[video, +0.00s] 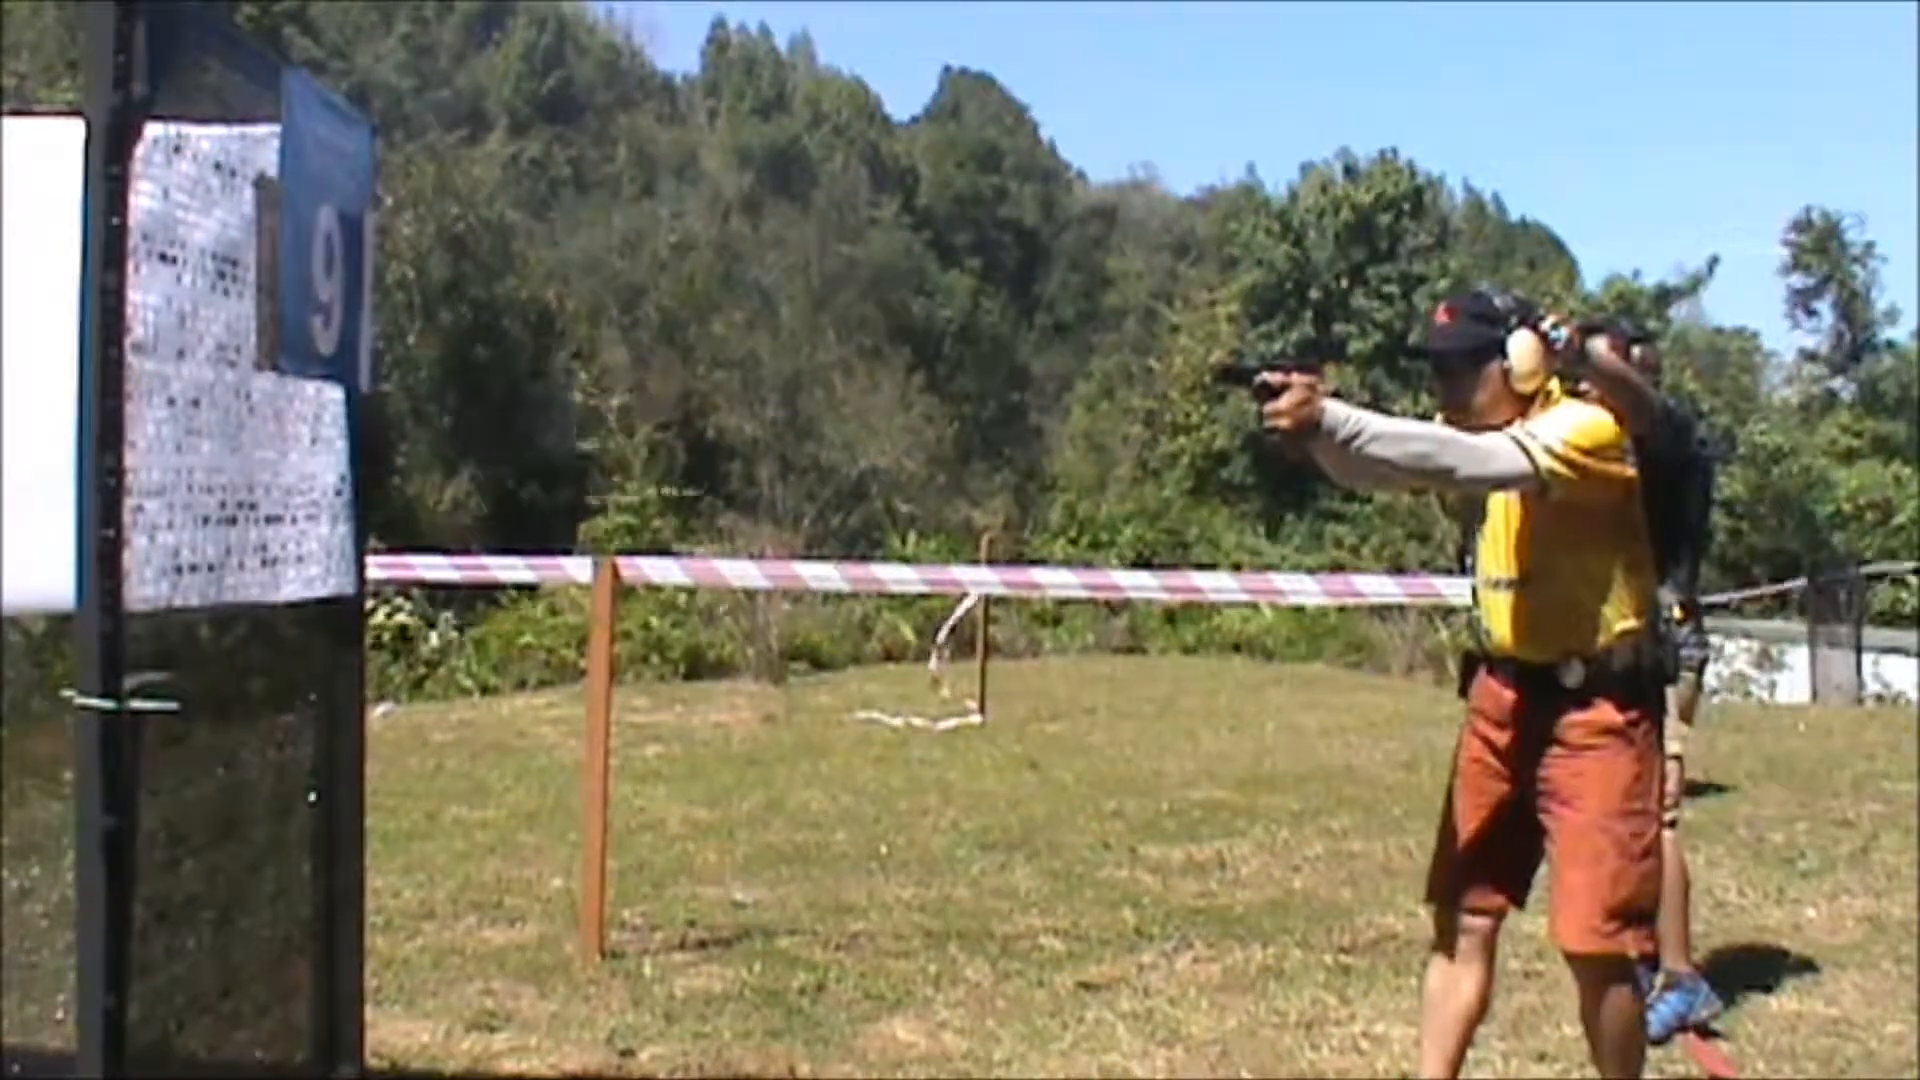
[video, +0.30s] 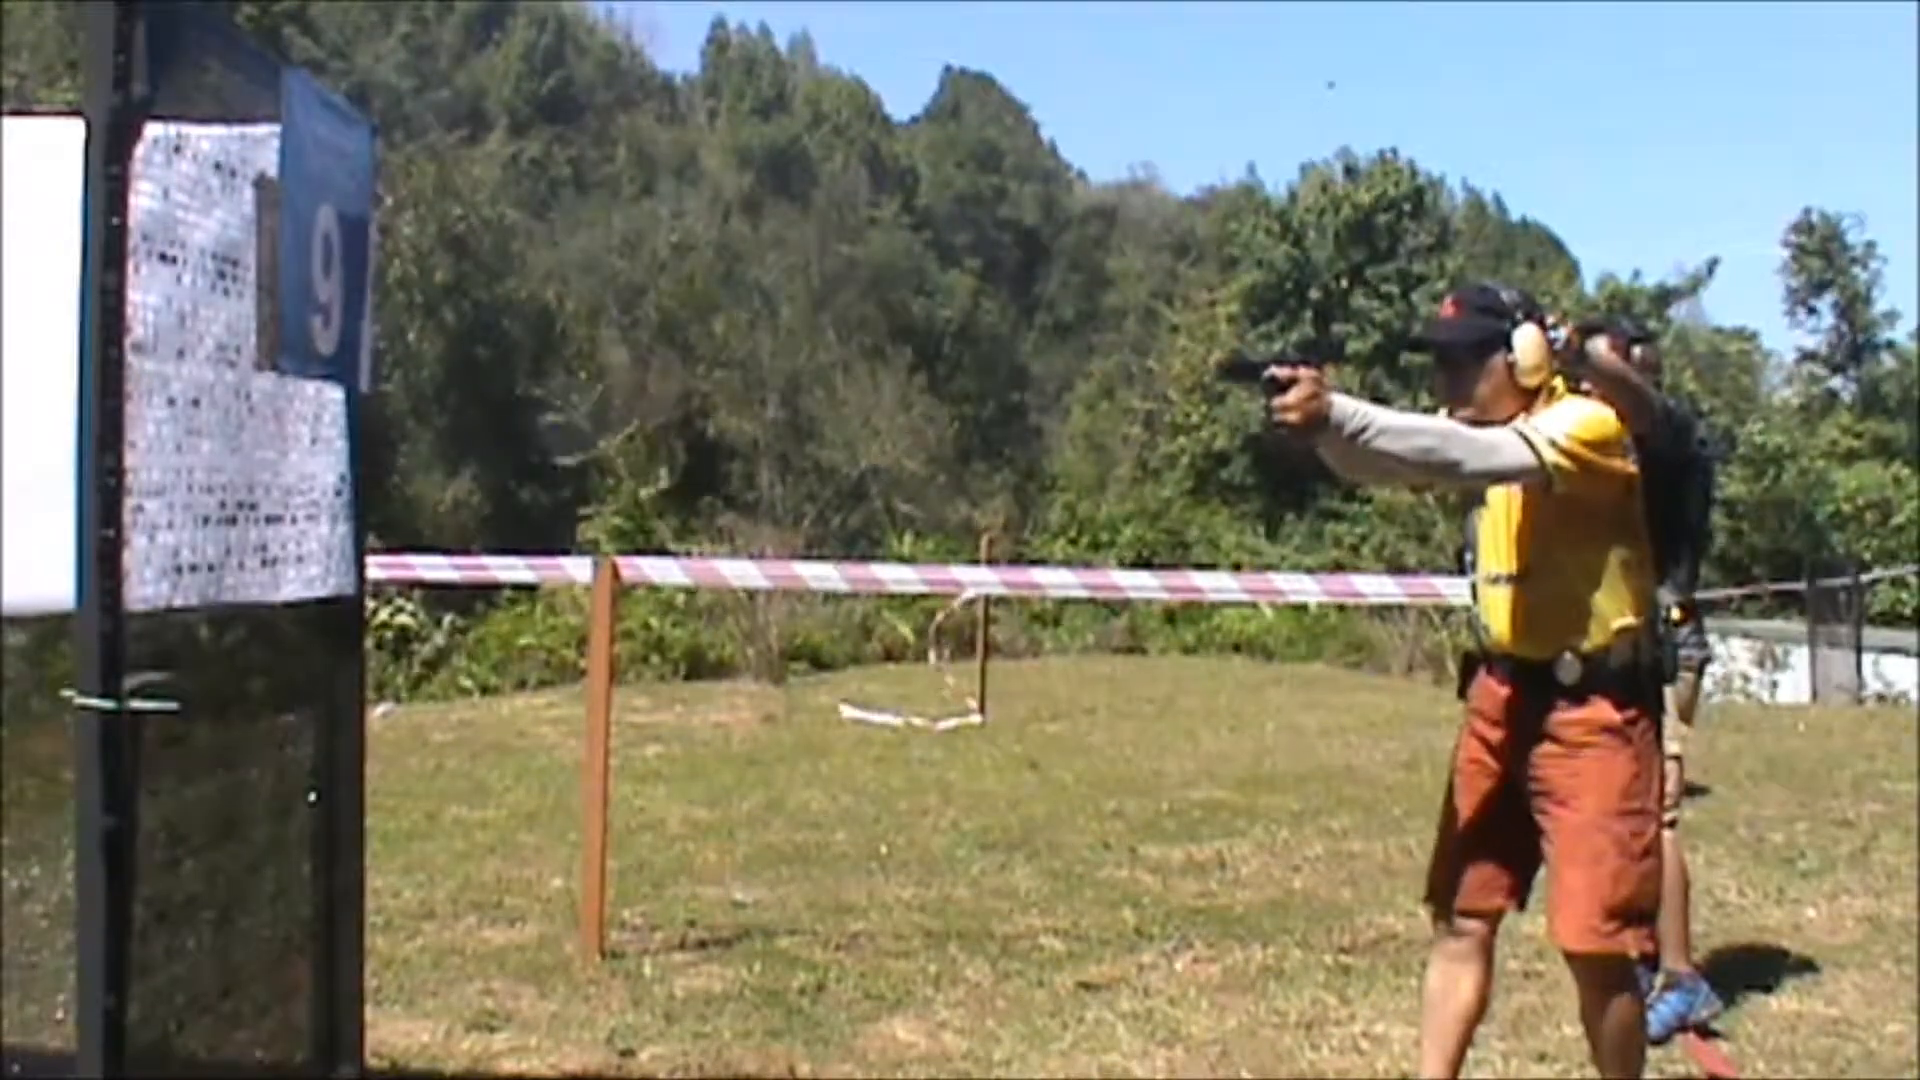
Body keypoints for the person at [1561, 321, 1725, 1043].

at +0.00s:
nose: (1607, 374)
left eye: (1620, 362)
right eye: (1602, 363)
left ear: (1644, 370)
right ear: (1596, 371)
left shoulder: (1671, 438)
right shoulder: (1583, 437)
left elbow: (1619, 379)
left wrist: (1581, 356)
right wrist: (1543, 364)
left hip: (1660, 629)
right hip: (1600, 631)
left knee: (1659, 809)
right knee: (1618, 807)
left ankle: (1678, 970)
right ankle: (1637, 967)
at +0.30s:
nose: (1608, 373)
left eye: (1620, 362)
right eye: (1603, 361)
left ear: (1644, 369)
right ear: (1604, 368)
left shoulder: (1670, 435)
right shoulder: (1589, 434)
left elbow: (1617, 378)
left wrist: (1578, 352)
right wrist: (1551, 364)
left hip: (1664, 626)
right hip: (1605, 630)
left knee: (1659, 808)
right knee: (1622, 805)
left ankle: (1678, 970)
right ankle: (1641, 967)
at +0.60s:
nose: (1611, 376)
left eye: (1623, 363)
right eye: (1606, 363)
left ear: (1647, 367)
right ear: (1603, 367)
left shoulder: (1678, 435)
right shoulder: (1592, 432)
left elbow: (1633, 404)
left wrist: (1585, 361)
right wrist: (1550, 361)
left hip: (1665, 622)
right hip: (1606, 626)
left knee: (1659, 809)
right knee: (1619, 806)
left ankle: (1678, 971)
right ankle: (1637, 968)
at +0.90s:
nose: (1601, 372)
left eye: (1613, 359)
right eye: (1597, 359)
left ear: (1640, 362)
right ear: (1608, 362)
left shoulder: (1673, 432)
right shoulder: (1598, 430)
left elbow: (1619, 388)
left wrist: (1585, 354)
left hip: (1661, 629)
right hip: (1612, 632)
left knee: (1659, 810)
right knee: (1624, 812)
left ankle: (1678, 973)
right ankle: (1644, 968)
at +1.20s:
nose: (1580, 390)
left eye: (1592, 376)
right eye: (1577, 379)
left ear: (1627, 372)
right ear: (1586, 383)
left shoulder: (1660, 440)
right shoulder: (1611, 450)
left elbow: (1618, 384)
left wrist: (1568, 346)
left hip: (1649, 653)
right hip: (1608, 651)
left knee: (1643, 818)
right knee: (1628, 819)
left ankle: (1682, 976)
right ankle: (1652, 962)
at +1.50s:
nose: (1538, 397)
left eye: (1549, 383)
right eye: (1536, 384)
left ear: (1582, 379)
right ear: (1554, 386)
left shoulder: (1618, 442)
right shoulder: (1603, 452)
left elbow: (1590, 402)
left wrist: (1532, 358)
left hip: (1605, 656)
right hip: (1624, 656)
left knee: (1550, 810)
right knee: (1628, 816)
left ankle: (1596, 969)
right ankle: (1658, 965)